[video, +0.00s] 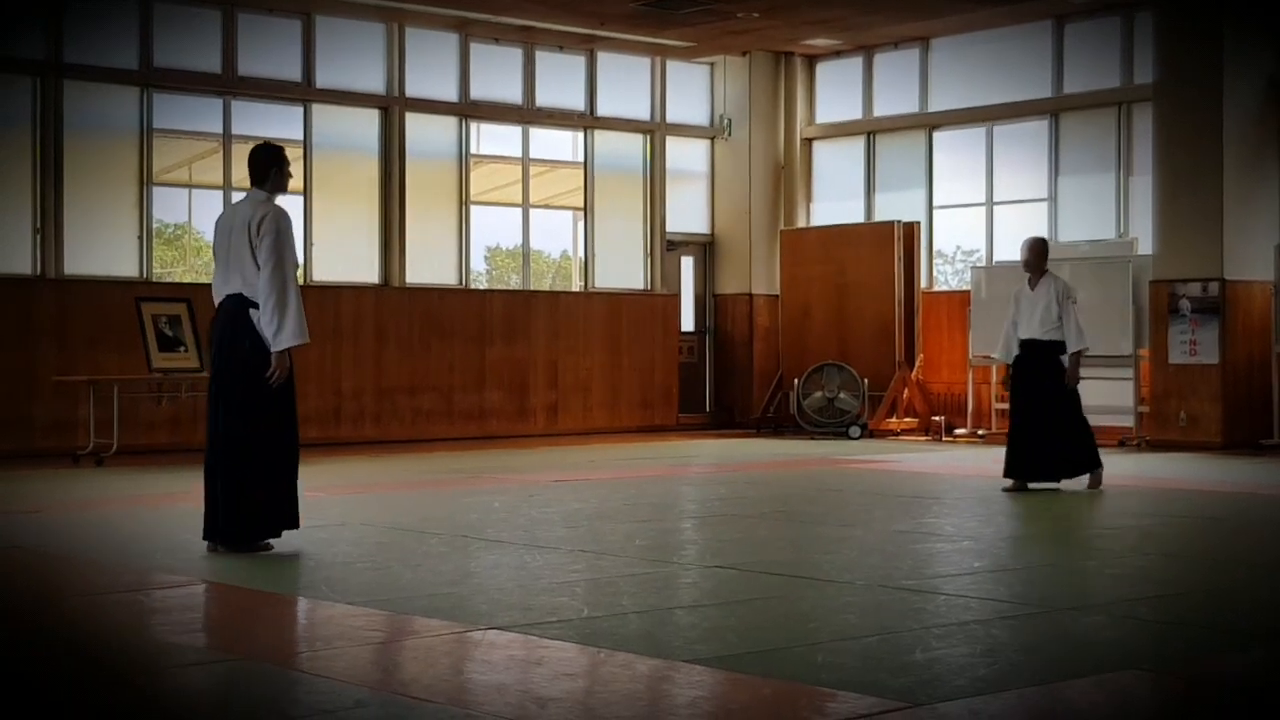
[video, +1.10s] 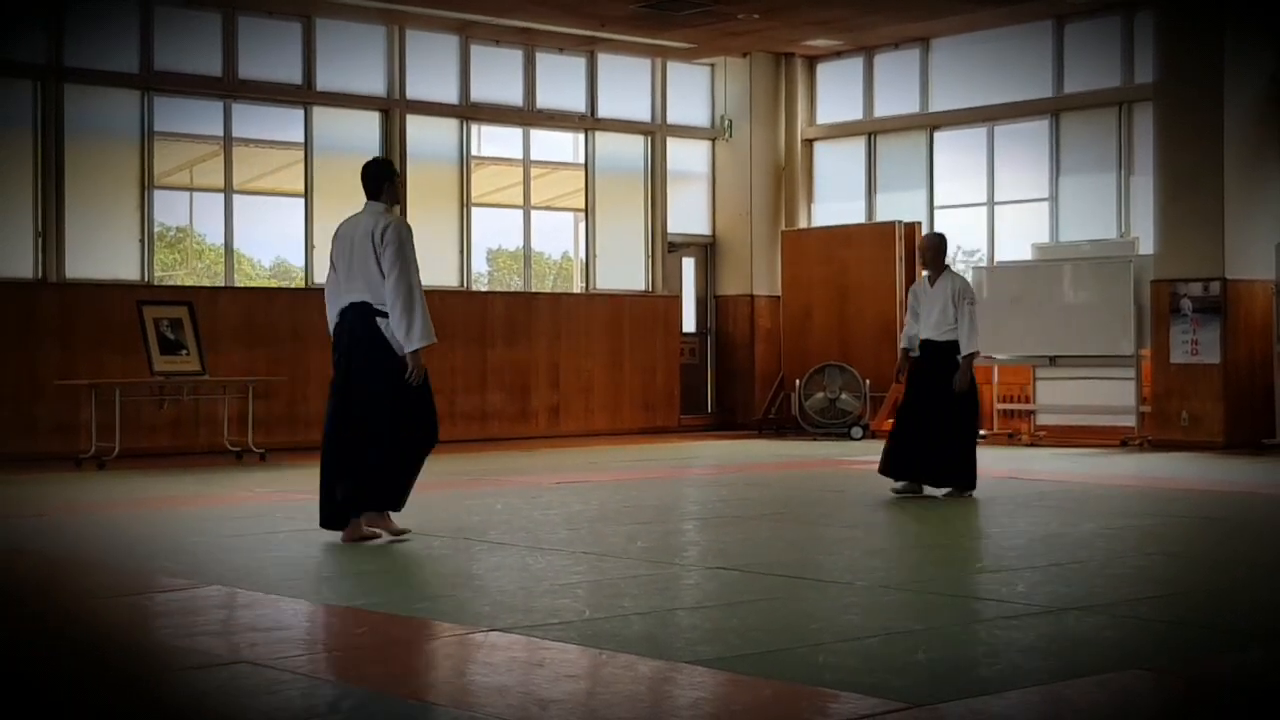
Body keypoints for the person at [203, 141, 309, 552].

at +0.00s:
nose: (290, 176)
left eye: (289, 169)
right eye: (287, 169)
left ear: (252, 173)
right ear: (277, 173)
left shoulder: (226, 217)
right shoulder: (273, 216)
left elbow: (223, 278)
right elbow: (274, 284)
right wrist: (280, 343)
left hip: (226, 328)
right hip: (258, 331)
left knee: (227, 427)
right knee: (256, 429)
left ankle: (221, 527)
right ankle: (244, 531)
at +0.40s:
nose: (305, 182)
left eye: (303, 175)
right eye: (303, 175)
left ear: (268, 178)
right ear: (294, 178)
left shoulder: (243, 223)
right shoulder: (293, 221)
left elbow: (234, 284)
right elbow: (295, 287)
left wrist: (238, 333)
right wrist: (300, 346)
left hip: (247, 328)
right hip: (279, 329)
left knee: (252, 426)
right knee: (285, 427)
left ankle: (243, 527)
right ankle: (279, 526)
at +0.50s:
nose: (318, 183)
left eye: (316, 176)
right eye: (314, 177)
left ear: (282, 181)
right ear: (303, 180)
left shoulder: (257, 224)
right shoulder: (305, 223)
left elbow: (246, 285)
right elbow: (305, 289)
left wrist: (246, 336)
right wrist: (311, 347)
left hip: (258, 328)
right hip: (286, 329)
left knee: (306, 422)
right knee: (268, 427)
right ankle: (249, 529)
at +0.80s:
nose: (358, 192)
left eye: (356, 186)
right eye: (354, 187)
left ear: (324, 192)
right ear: (342, 191)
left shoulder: (300, 234)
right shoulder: (347, 231)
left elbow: (286, 293)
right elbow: (350, 294)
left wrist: (286, 343)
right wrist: (355, 352)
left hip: (302, 339)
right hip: (330, 341)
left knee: (339, 430)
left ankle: (350, 519)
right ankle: (251, 517)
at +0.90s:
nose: (372, 189)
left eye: (370, 183)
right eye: (368, 184)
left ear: (337, 189)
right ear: (357, 187)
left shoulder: (315, 231)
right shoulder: (363, 228)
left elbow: (303, 291)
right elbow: (367, 291)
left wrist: (305, 341)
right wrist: (374, 348)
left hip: (319, 334)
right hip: (349, 335)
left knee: (342, 429)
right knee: (346, 429)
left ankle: (355, 522)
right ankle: (276, 504)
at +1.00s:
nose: (384, 189)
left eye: (381, 182)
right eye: (382, 183)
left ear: (349, 187)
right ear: (374, 186)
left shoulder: (328, 229)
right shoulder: (376, 226)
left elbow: (318, 287)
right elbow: (383, 287)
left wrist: (321, 334)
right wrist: (392, 344)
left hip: (332, 329)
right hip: (365, 329)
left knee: (341, 419)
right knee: (383, 427)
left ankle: (353, 520)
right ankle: (322, 497)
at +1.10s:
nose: (402, 188)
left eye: (400, 182)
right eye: (400, 182)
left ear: (366, 188)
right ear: (393, 186)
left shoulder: (344, 228)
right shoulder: (393, 227)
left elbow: (332, 287)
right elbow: (401, 289)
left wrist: (339, 333)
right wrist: (412, 345)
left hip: (348, 333)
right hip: (382, 332)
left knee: (358, 423)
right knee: (418, 422)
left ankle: (354, 522)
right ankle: (378, 507)